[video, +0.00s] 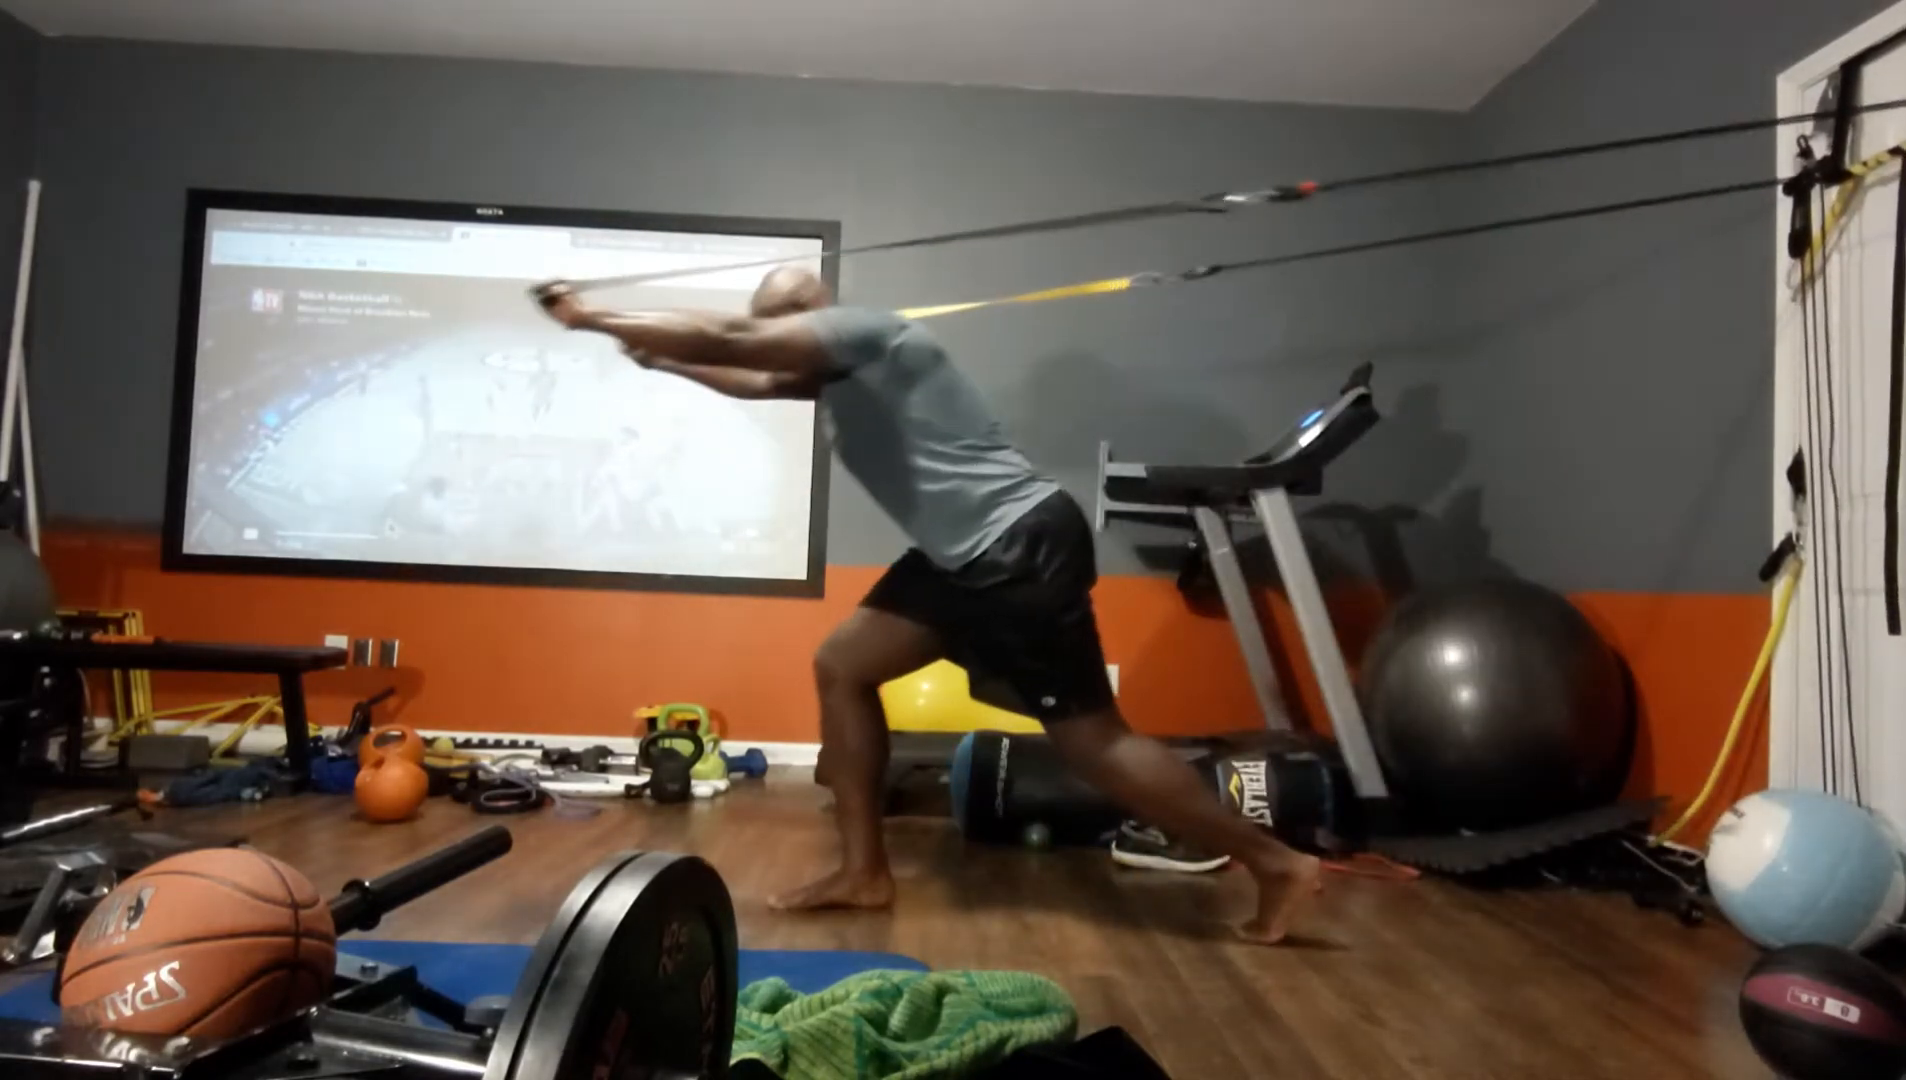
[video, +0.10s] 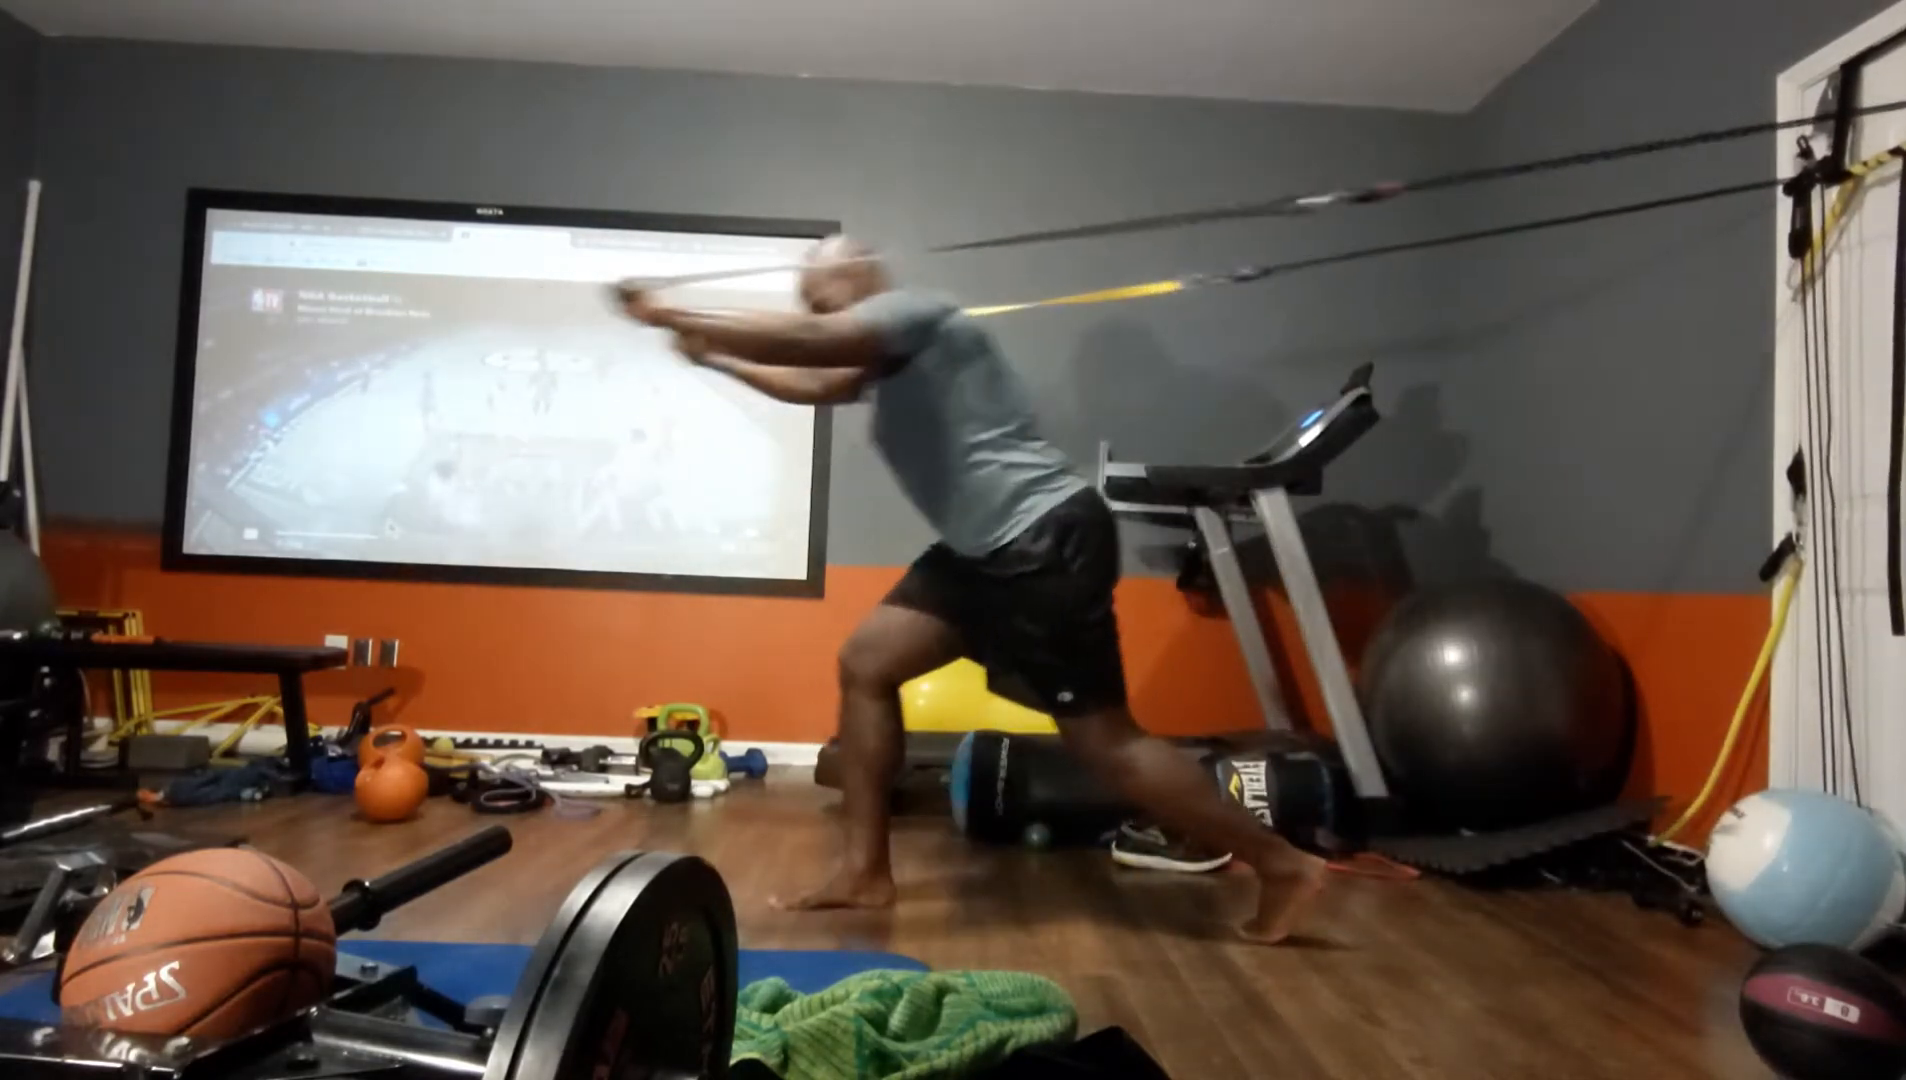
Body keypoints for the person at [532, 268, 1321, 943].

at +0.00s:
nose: (757, 330)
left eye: (762, 316)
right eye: (757, 318)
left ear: (801, 299)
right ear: (804, 304)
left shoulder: (868, 328)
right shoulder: (845, 371)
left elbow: (732, 336)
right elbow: (744, 376)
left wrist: (594, 315)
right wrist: (651, 351)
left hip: (1024, 545)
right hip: (958, 558)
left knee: (1097, 749)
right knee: (842, 667)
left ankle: (1280, 867)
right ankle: (861, 872)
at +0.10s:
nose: (812, 304)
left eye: (819, 288)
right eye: (808, 294)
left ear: (862, 277)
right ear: (836, 298)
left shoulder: (921, 314)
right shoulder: (880, 367)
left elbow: (809, 339)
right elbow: (803, 384)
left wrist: (671, 316)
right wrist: (710, 353)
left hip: (1050, 540)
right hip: (978, 553)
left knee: (1108, 750)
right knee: (866, 666)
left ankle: (1282, 865)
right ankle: (862, 877)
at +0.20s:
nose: (876, 277)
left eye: (887, 256)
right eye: (869, 265)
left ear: (931, 246)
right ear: (875, 270)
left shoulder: (987, 290)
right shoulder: (933, 348)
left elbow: (935, 341)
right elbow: (891, 397)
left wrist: (803, 322)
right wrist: (804, 364)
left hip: (1088, 522)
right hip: (1013, 539)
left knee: (1125, 733)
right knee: (906, 668)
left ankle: (1298, 873)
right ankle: (866, 873)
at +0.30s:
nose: (934, 253)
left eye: (943, 233)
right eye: (928, 241)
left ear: (991, 215)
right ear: (957, 238)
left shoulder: (1047, 262)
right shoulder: (998, 315)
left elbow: (1054, 338)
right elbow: (992, 404)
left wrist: (915, 334)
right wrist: (904, 379)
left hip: (1128, 500)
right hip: (1059, 521)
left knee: (1172, 720)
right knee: (972, 678)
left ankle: (1306, 874)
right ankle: (886, 869)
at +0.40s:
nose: (987, 240)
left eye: (994, 218)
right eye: (981, 226)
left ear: (1047, 200)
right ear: (1018, 217)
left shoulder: (1100, 253)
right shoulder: (1055, 304)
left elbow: (1142, 340)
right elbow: (1069, 409)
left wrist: (1019, 344)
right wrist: (984, 387)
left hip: (1177, 502)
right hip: (1110, 517)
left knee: (1202, 710)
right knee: (1016, 664)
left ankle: (1321, 885)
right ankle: (979, 864)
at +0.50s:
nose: (1028, 231)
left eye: (1035, 210)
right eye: (1022, 217)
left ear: (1084, 189)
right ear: (1074, 197)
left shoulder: (1147, 249)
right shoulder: (1103, 292)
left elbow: (1227, 338)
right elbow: (1135, 408)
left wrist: (1105, 355)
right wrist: (1058, 398)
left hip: (1219, 494)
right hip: (1152, 507)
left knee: (1221, 708)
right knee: (1062, 653)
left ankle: (1325, 886)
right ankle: (1099, 857)